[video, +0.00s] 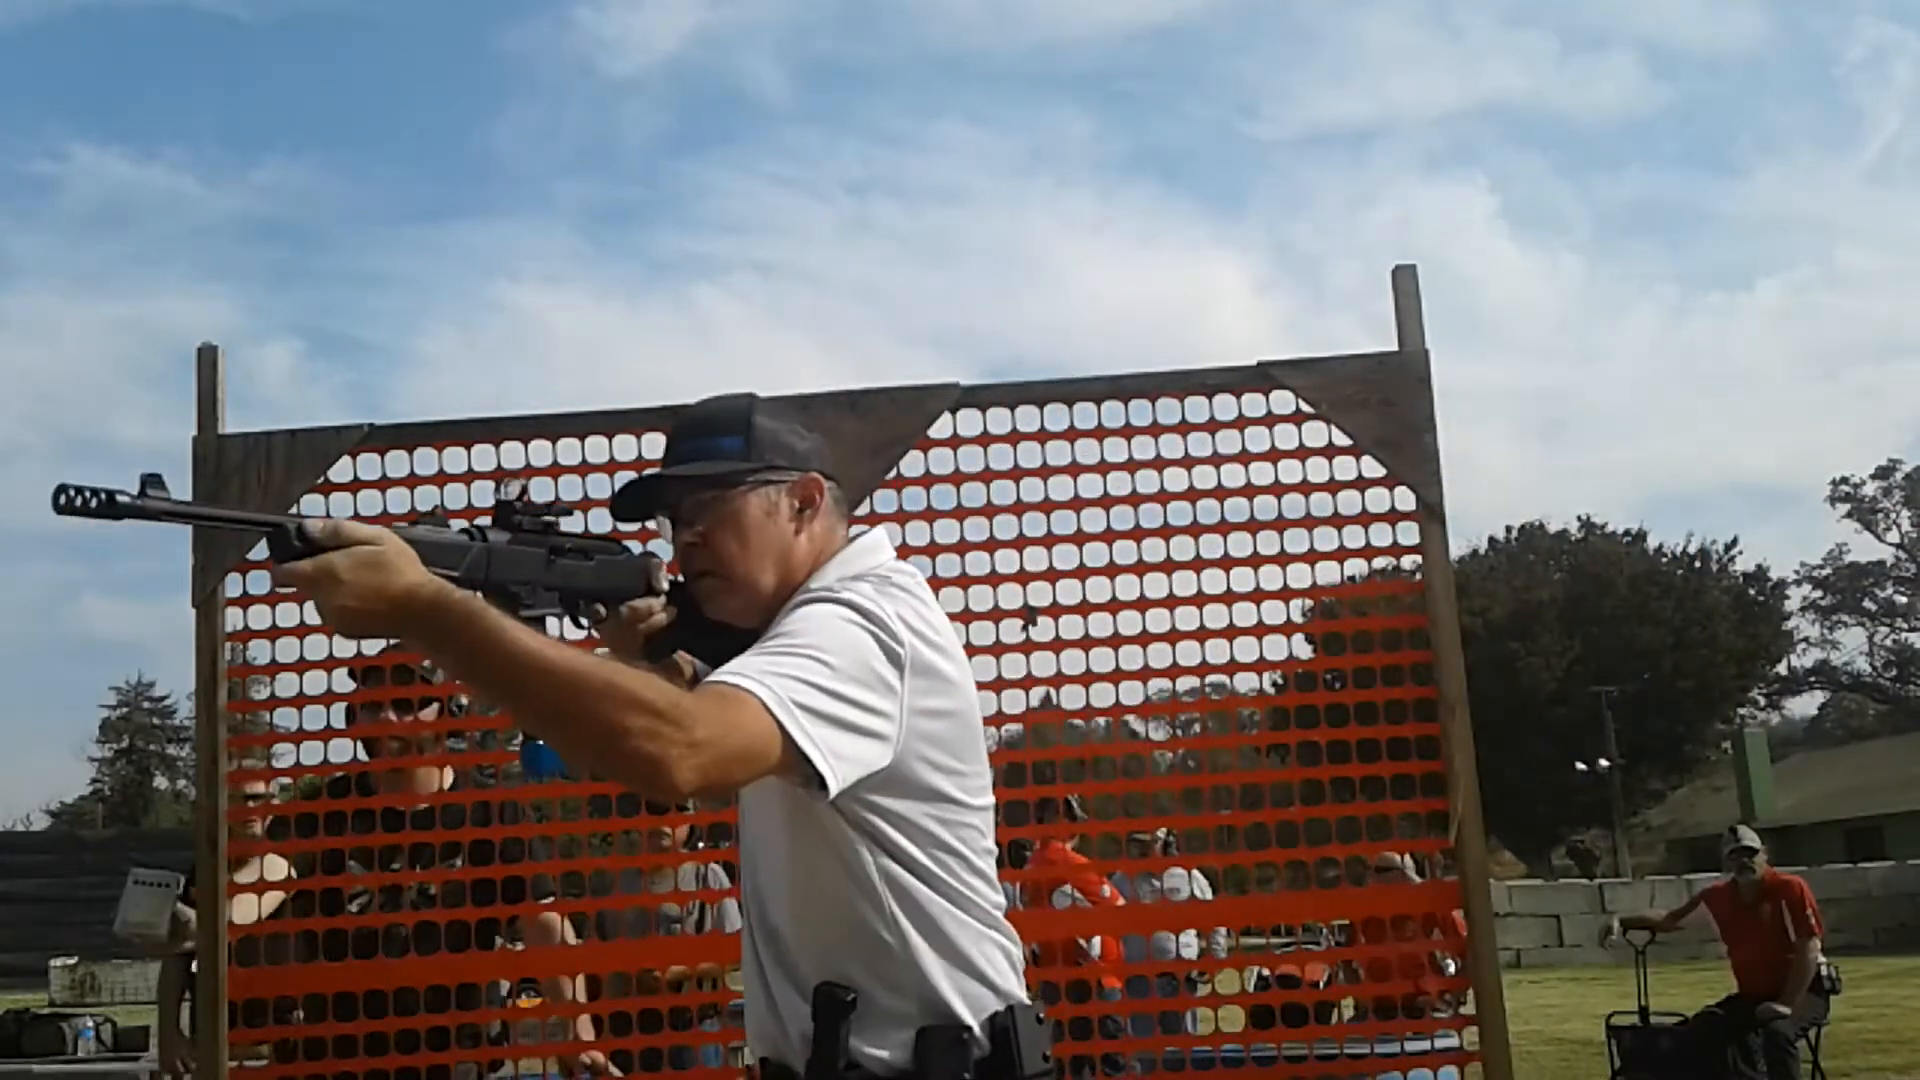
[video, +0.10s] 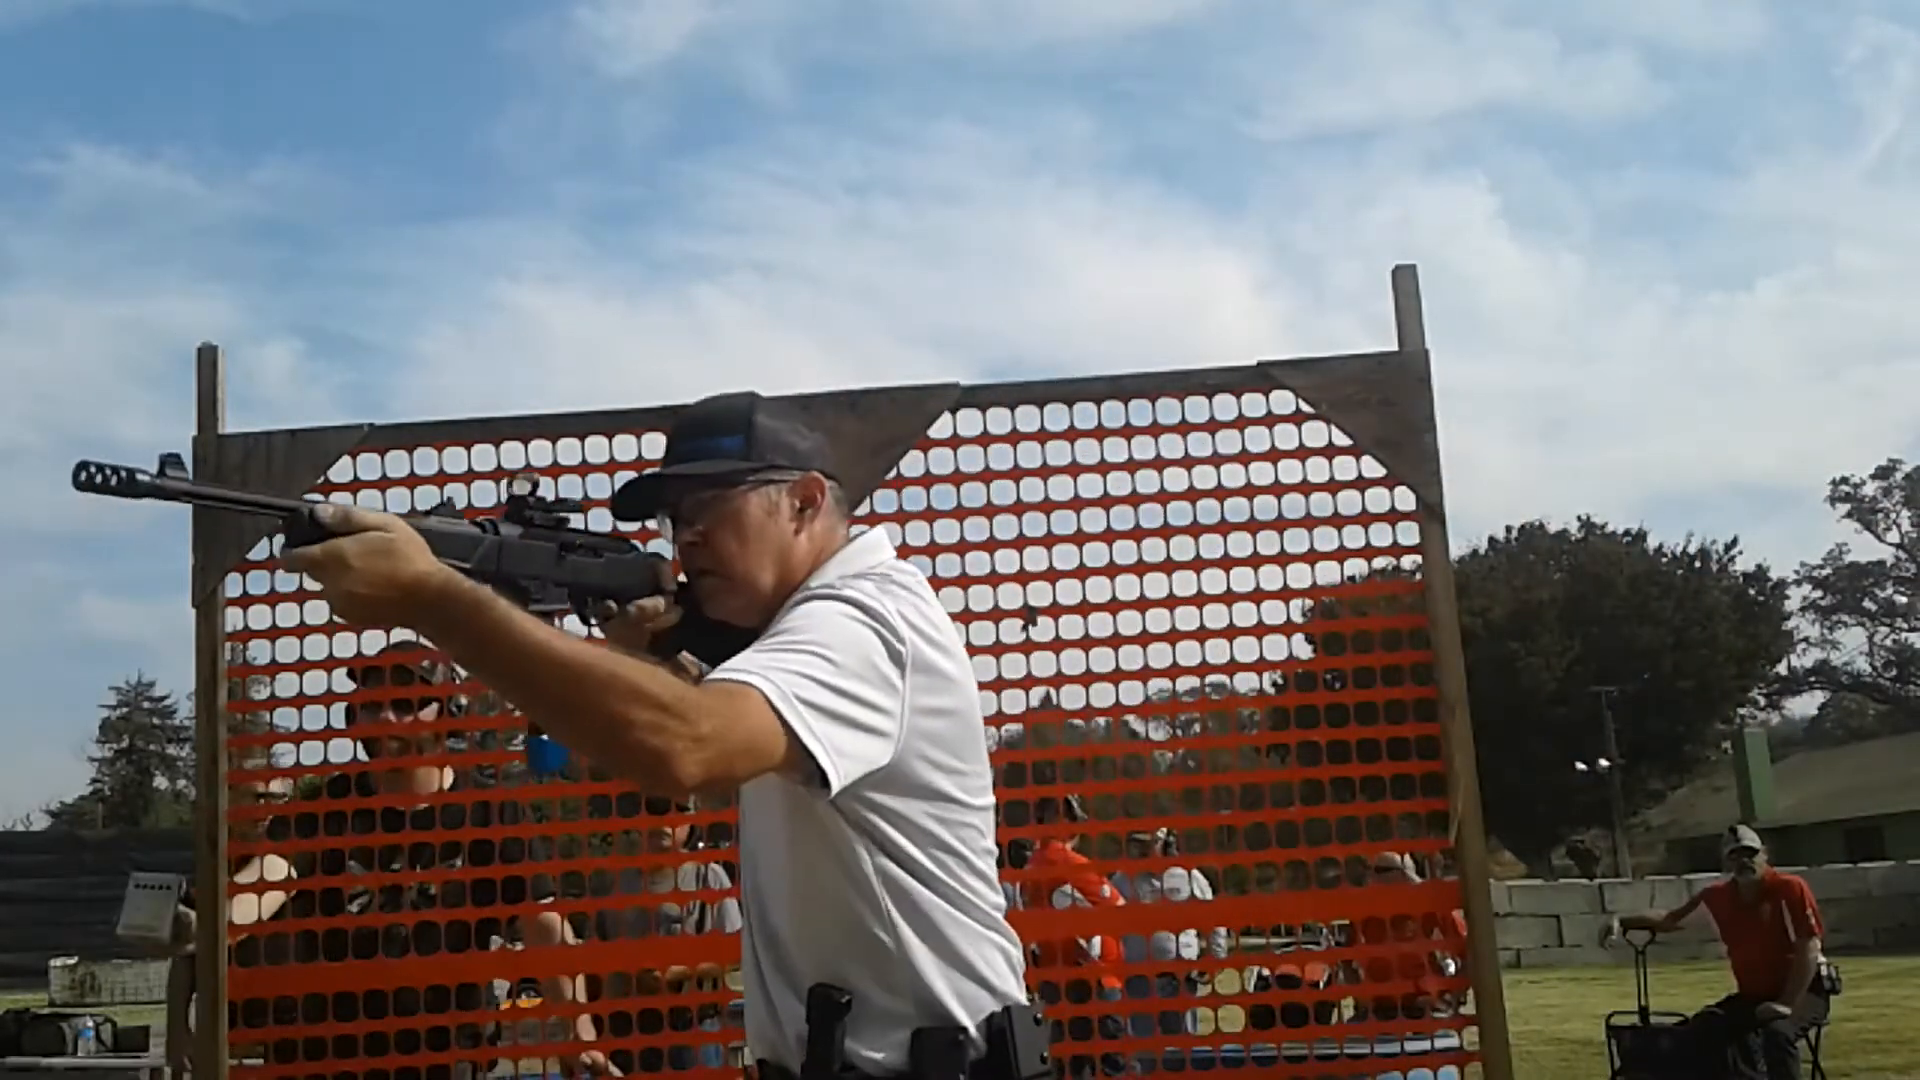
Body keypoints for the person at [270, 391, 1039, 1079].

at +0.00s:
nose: (679, 552)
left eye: (698, 519)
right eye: (675, 528)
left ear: (804, 502)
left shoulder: (867, 619)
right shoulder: (808, 621)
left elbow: (678, 751)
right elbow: (741, 753)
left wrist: (422, 604)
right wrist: (651, 667)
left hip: (932, 1056)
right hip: (818, 1049)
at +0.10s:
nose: (680, 551)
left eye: (699, 518)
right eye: (676, 527)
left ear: (804, 503)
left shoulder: (867, 617)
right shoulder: (804, 619)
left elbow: (681, 748)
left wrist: (433, 595)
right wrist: (653, 661)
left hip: (933, 1058)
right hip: (810, 1051)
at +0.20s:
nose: (682, 549)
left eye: (702, 517)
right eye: (678, 526)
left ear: (807, 502)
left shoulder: (869, 612)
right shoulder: (801, 615)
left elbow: (682, 739)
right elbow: (704, 722)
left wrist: (429, 593)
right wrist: (644, 652)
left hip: (932, 1055)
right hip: (810, 1047)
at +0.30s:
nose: (681, 548)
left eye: (702, 516)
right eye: (678, 524)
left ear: (806, 503)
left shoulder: (868, 614)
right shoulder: (804, 615)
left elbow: (687, 740)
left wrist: (432, 590)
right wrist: (642, 653)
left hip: (930, 1058)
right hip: (811, 1051)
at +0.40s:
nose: (680, 544)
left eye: (701, 511)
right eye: (677, 519)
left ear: (810, 501)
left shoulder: (867, 607)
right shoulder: (808, 615)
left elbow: (702, 730)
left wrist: (443, 591)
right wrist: (649, 645)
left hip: (932, 1061)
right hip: (810, 1057)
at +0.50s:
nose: (680, 534)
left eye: (705, 505)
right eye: (668, 514)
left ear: (803, 500)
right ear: (660, 527)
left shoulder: (866, 608)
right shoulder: (776, 626)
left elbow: (749, 735)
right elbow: (634, 748)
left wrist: (493, 581)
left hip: (926, 1056)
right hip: (803, 1053)